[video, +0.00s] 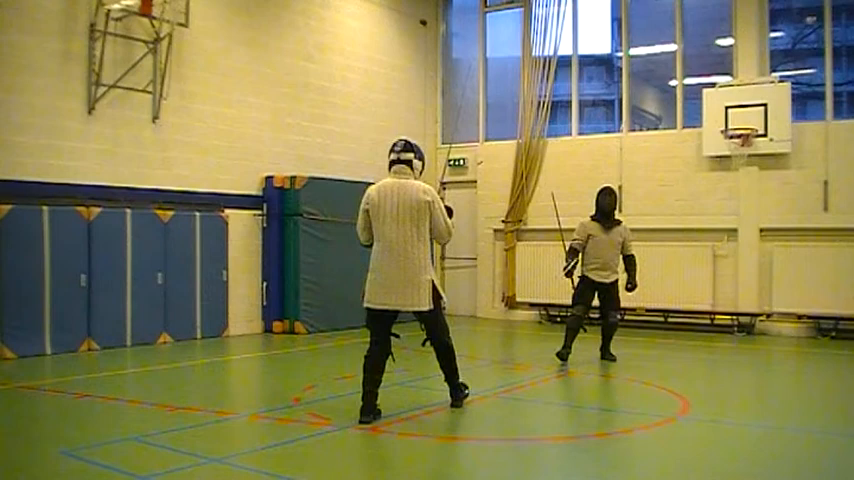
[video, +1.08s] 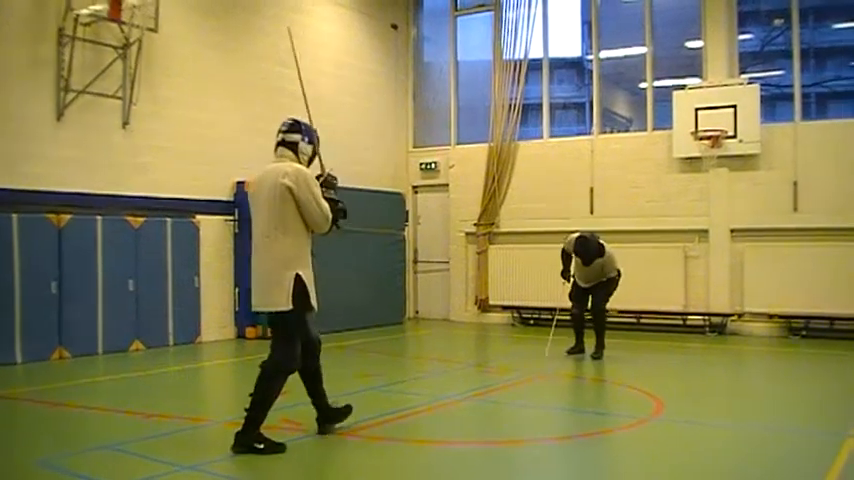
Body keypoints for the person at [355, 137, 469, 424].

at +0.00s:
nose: (420, 167)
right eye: (420, 163)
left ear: (390, 162)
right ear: (417, 163)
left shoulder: (373, 192)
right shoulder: (426, 193)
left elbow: (364, 238)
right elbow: (444, 235)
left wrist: (389, 229)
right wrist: (444, 213)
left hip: (381, 283)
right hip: (419, 283)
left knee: (378, 343)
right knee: (440, 337)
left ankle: (368, 407)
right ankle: (455, 390)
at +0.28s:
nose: (405, 162)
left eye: (405, 158)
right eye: (406, 158)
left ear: (375, 155)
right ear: (400, 157)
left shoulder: (355, 185)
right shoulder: (404, 184)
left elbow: (354, 227)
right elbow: (424, 229)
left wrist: (388, 217)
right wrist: (427, 202)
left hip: (361, 277)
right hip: (398, 275)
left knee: (372, 339)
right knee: (428, 328)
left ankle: (367, 407)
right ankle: (432, 396)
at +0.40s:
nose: (396, 157)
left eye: (397, 152)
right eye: (396, 152)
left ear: (365, 149)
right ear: (390, 151)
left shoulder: (346, 181)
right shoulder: (391, 178)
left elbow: (354, 220)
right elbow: (413, 222)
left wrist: (394, 220)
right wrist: (413, 197)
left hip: (348, 276)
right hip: (385, 274)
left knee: (369, 338)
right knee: (412, 335)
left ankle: (368, 406)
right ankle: (392, 403)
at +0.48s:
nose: (391, 155)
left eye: (391, 150)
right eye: (391, 150)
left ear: (360, 147)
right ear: (386, 149)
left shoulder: (341, 180)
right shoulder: (384, 176)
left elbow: (354, 220)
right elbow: (406, 221)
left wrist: (392, 198)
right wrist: (407, 194)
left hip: (344, 278)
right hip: (376, 277)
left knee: (367, 340)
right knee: (394, 342)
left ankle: (366, 407)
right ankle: (361, 403)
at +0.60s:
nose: (376, 159)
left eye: (376, 154)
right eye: (376, 154)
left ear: (345, 151)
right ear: (369, 153)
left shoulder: (326, 183)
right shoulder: (366, 180)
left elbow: (335, 224)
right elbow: (387, 225)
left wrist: (374, 200)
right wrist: (390, 197)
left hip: (328, 280)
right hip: (355, 280)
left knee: (358, 344)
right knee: (355, 345)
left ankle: (360, 408)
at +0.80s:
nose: (353, 163)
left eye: (353, 157)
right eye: (353, 157)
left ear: (321, 153)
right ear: (346, 155)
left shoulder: (301, 186)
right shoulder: (339, 182)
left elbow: (321, 227)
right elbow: (362, 228)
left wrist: (356, 197)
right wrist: (366, 201)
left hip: (304, 285)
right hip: (325, 286)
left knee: (345, 340)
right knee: (311, 356)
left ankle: (355, 409)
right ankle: (263, 426)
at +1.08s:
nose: (313, 154)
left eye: (314, 148)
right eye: (312, 148)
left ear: (279, 144)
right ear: (303, 146)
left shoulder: (262, 177)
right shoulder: (296, 174)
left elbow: (280, 220)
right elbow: (322, 223)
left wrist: (318, 190)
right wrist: (327, 193)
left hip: (267, 281)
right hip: (290, 282)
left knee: (308, 345)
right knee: (285, 355)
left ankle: (325, 412)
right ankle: (249, 433)